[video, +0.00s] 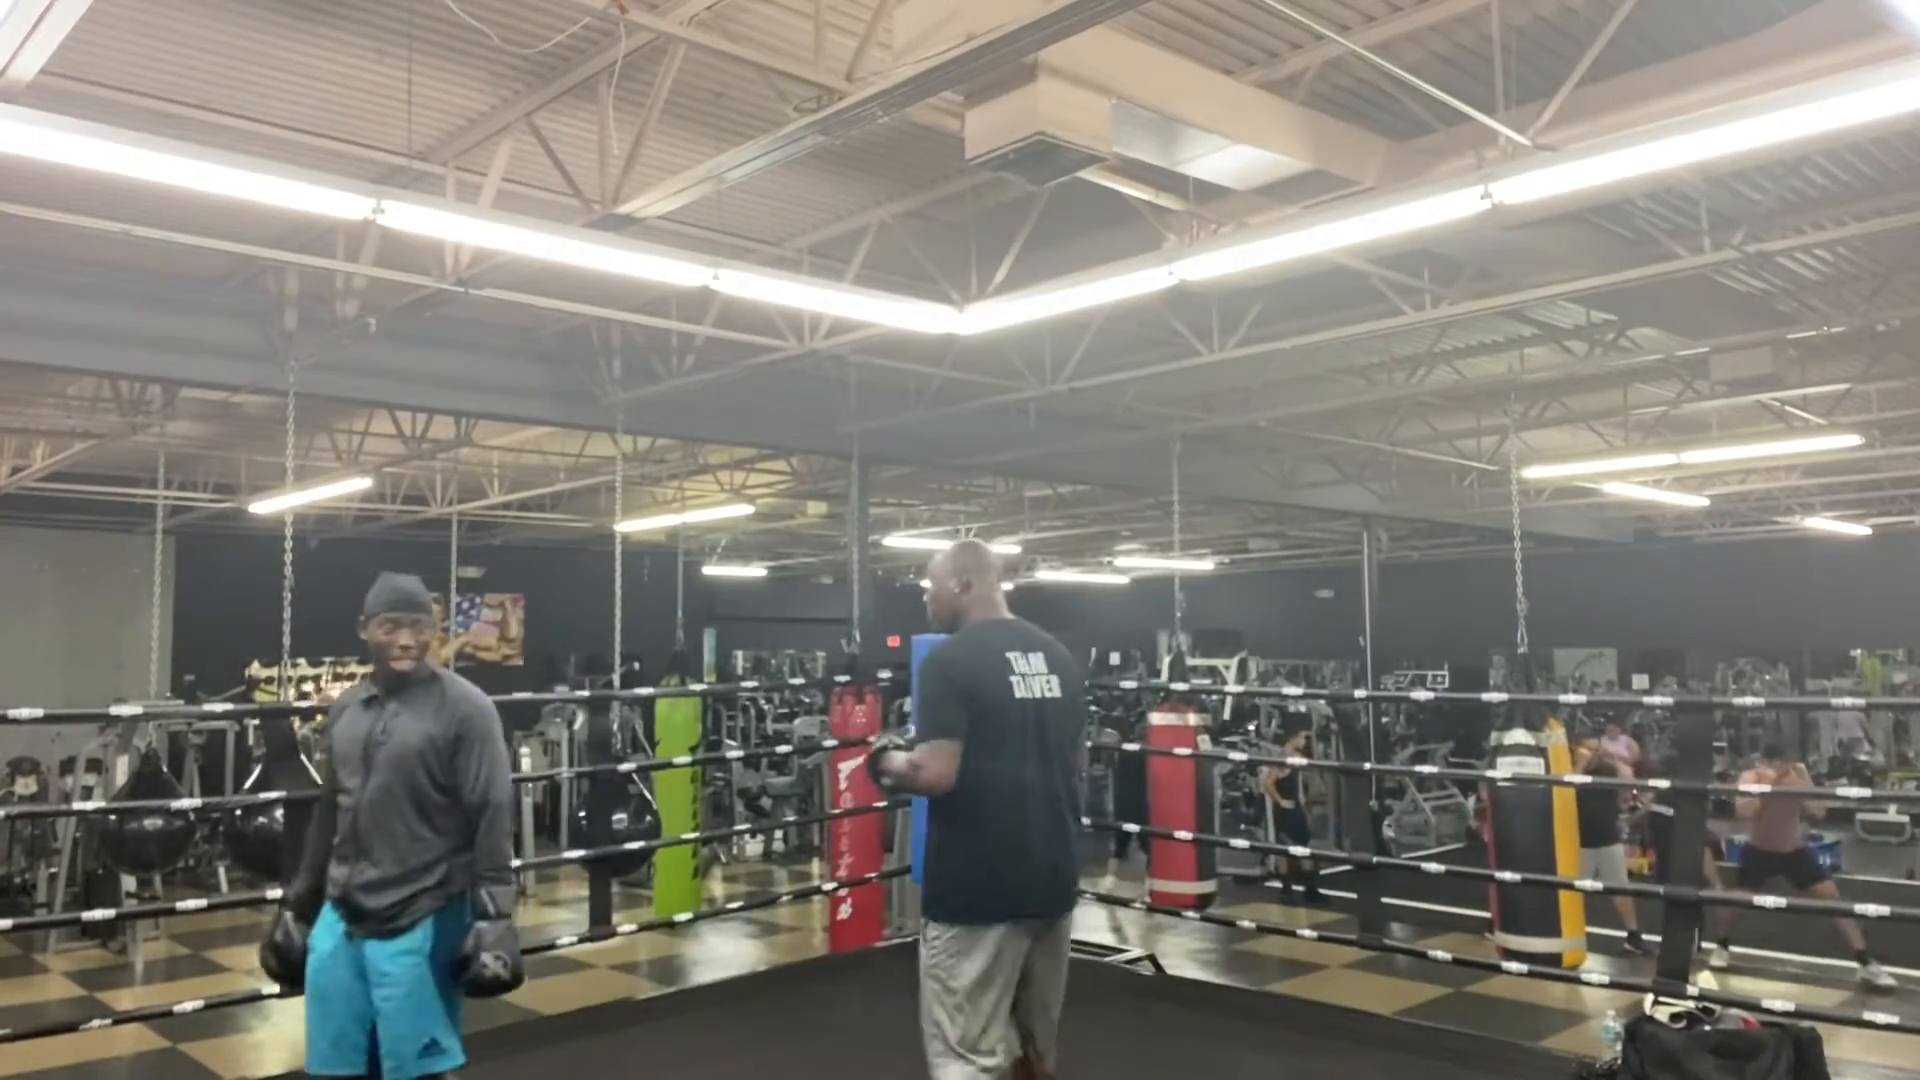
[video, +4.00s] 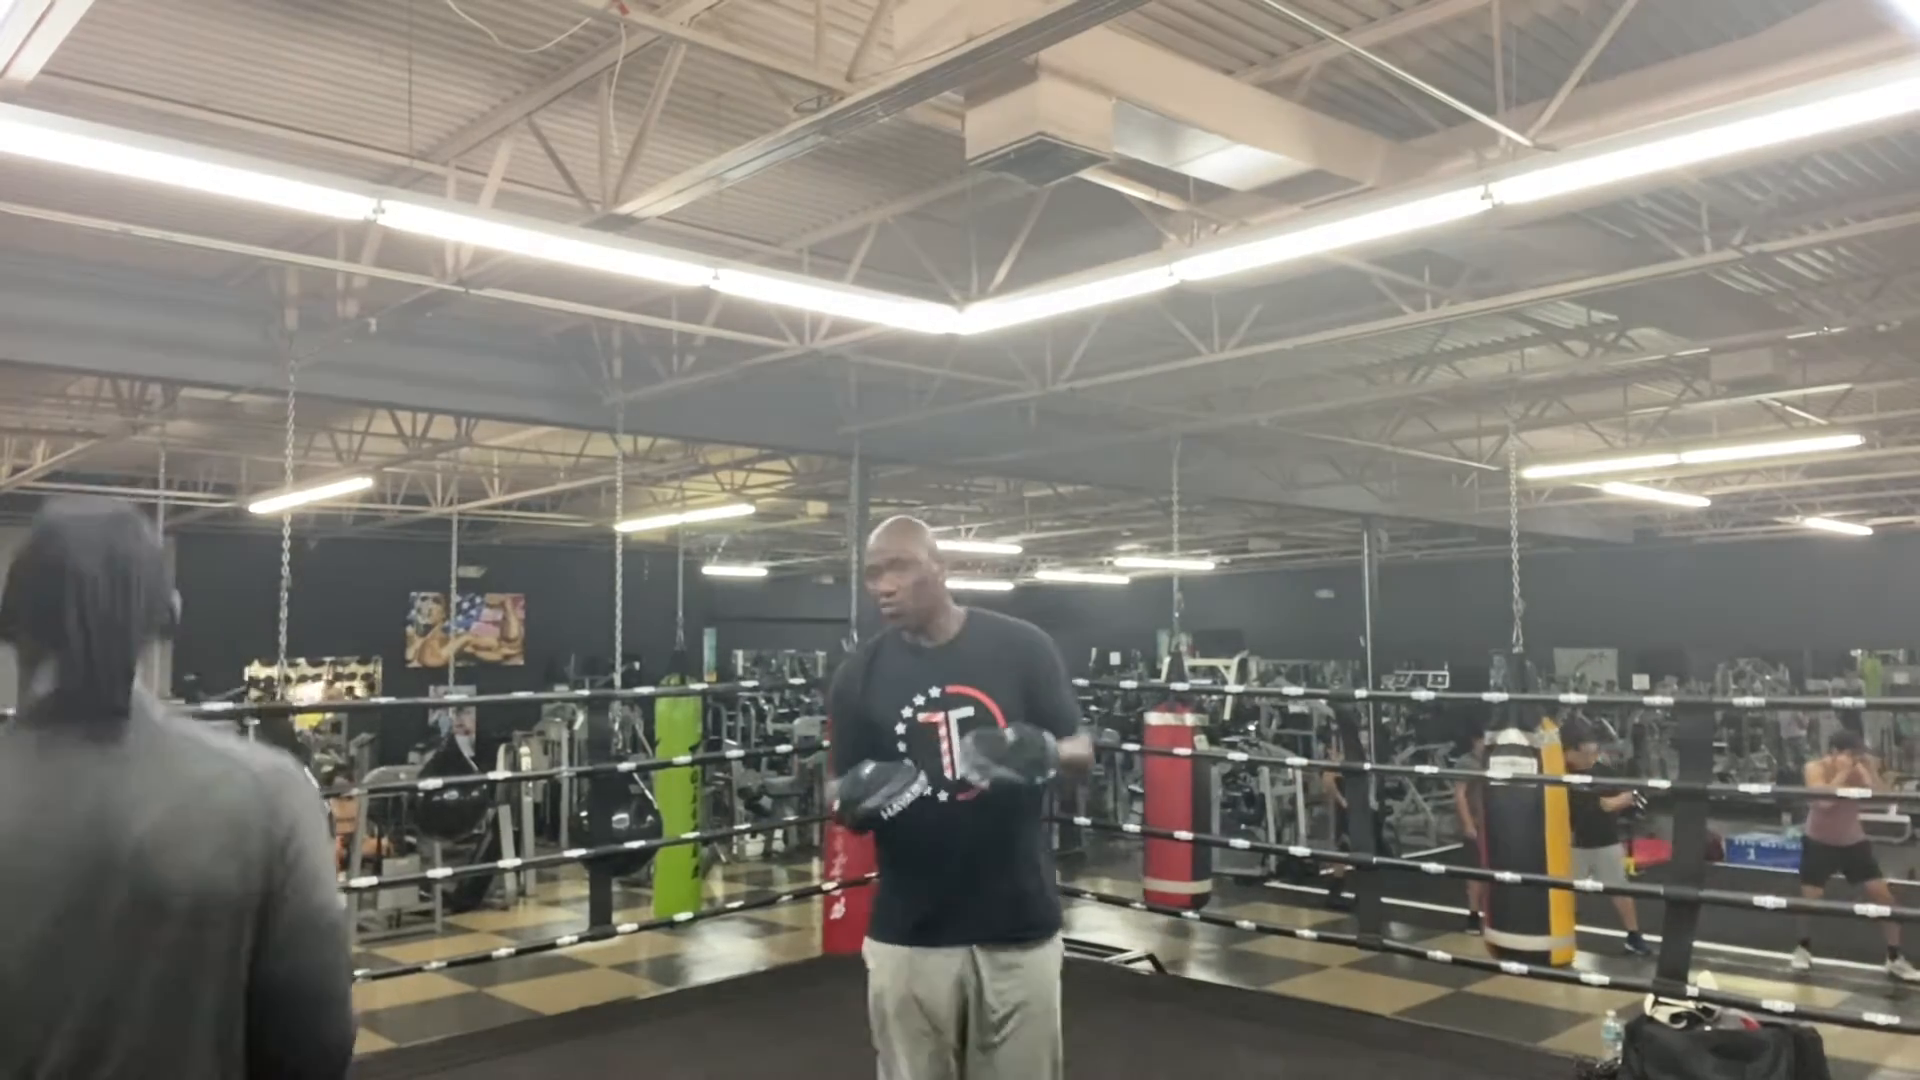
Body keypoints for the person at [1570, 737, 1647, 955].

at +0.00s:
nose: (1591, 754)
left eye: (1594, 749)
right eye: (1586, 750)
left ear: (1600, 750)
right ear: (1575, 753)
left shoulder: (1613, 771)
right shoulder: (1572, 775)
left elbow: (1629, 783)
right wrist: (1581, 767)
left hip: (1609, 838)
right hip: (1580, 839)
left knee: (1621, 888)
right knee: (1574, 890)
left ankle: (1633, 933)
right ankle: (1568, 937)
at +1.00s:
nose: (1565, 754)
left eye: (1569, 750)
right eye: (1565, 750)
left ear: (1584, 751)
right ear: (1569, 751)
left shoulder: (1607, 771)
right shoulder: (1566, 773)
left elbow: (1620, 799)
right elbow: (1554, 801)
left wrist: (1593, 783)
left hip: (1605, 842)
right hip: (1571, 840)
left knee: (1618, 890)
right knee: (1564, 891)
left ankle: (1633, 933)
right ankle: (1559, 933)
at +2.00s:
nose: (1561, 758)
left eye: (1564, 753)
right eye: (1560, 753)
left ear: (1577, 751)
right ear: (1561, 753)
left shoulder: (1605, 771)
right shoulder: (1557, 775)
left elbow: (1628, 795)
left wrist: (1596, 792)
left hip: (1605, 842)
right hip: (1571, 842)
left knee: (1619, 890)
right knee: (1566, 892)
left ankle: (1633, 934)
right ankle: (1561, 936)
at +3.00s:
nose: (1565, 763)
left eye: (1568, 758)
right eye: (1563, 759)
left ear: (1577, 755)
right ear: (1563, 759)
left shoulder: (1601, 772)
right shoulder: (1562, 776)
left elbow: (1626, 793)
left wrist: (1594, 797)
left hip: (1604, 841)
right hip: (1572, 844)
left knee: (1618, 889)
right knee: (1568, 892)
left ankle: (1633, 934)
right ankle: (1567, 938)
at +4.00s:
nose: (1592, 759)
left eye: (1594, 752)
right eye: (1586, 753)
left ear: (1598, 750)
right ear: (1569, 752)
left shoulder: (1603, 772)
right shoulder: (1560, 776)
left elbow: (1626, 795)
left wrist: (1612, 802)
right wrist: (1617, 801)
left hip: (1606, 841)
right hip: (1574, 842)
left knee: (1619, 890)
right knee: (1565, 892)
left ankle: (1633, 934)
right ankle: (1561, 937)